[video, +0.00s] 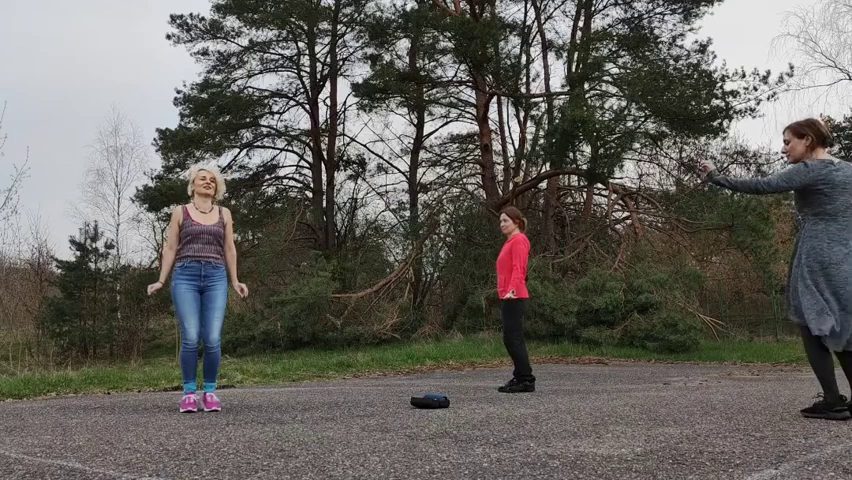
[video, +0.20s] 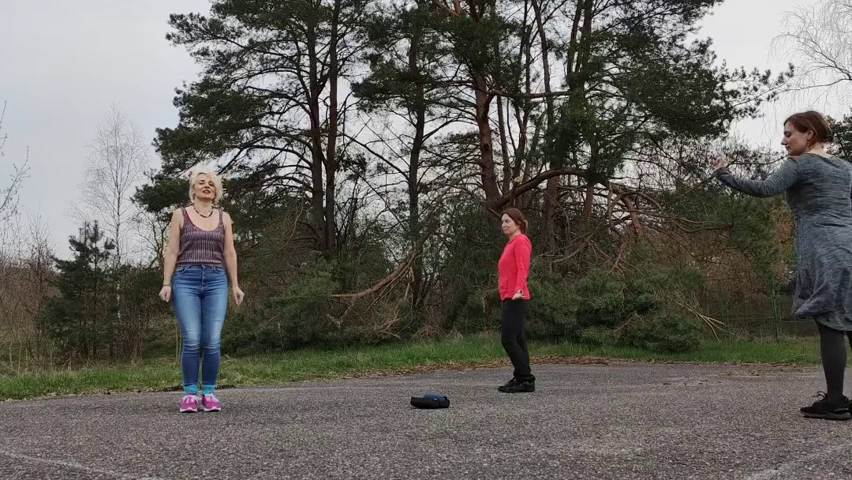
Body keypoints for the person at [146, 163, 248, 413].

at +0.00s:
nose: (207, 181)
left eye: (211, 179)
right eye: (202, 178)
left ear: (216, 187)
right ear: (192, 184)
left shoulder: (224, 213)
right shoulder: (180, 212)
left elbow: (230, 248)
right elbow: (170, 247)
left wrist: (234, 280)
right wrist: (162, 279)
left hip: (217, 276)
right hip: (185, 276)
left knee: (212, 339)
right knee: (191, 337)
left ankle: (210, 392)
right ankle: (189, 392)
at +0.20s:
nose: (206, 186)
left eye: (211, 183)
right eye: (201, 182)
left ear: (217, 189)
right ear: (193, 188)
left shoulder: (223, 217)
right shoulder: (181, 214)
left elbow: (230, 253)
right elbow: (171, 250)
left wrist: (235, 284)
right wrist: (166, 282)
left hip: (217, 280)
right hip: (185, 279)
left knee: (212, 340)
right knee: (192, 339)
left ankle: (209, 392)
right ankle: (190, 393)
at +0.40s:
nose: (201, 185)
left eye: (205, 181)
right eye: (196, 182)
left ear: (214, 186)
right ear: (190, 187)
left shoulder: (224, 215)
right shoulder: (181, 212)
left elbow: (230, 252)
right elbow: (171, 248)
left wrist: (233, 283)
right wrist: (172, 278)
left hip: (217, 277)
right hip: (186, 277)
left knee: (210, 338)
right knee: (191, 337)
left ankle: (209, 392)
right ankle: (190, 393)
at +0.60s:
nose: (204, 187)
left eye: (208, 184)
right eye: (199, 184)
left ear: (214, 189)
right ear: (191, 188)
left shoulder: (224, 216)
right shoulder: (180, 214)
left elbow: (231, 252)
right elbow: (171, 249)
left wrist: (235, 282)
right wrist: (176, 280)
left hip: (216, 276)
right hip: (185, 276)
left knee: (210, 337)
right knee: (191, 337)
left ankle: (209, 392)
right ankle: (190, 393)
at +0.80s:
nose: (209, 191)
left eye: (213, 188)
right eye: (204, 187)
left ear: (217, 192)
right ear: (193, 190)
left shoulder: (222, 218)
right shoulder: (180, 214)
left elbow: (236, 245)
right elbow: (166, 248)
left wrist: (233, 271)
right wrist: (175, 268)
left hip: (217, 277)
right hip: (188, 277)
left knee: (211, 338)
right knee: (192, 337)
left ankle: (209, 393)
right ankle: (190, 393)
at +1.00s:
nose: (204, 189)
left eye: (208, 185)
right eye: (199, 185)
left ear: (216, 190)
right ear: (192, 190)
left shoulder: (222, 219)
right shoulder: (181, 214)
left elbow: (233, 254)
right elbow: (169, 248)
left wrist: (234, 249)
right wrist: (168, 255)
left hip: (217, 277)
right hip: (188, 277)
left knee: (211, 338)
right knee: (193, 336)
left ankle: (209, 393)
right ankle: (190, 393)